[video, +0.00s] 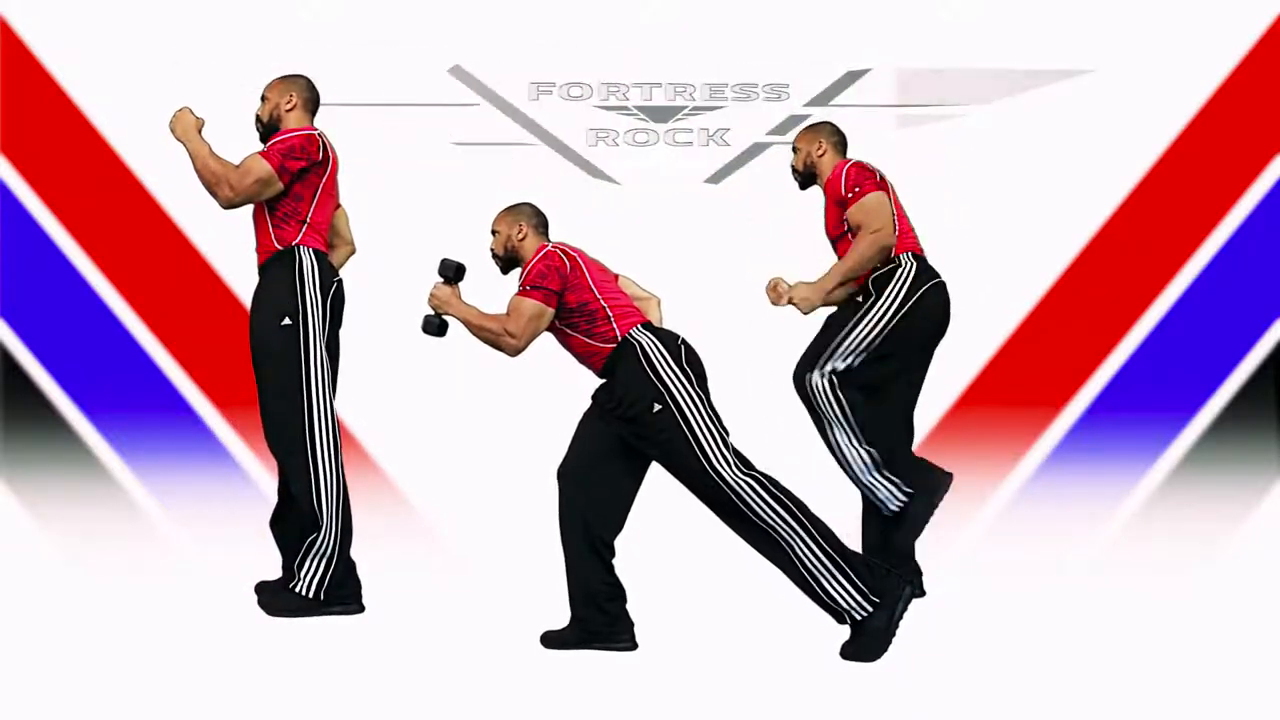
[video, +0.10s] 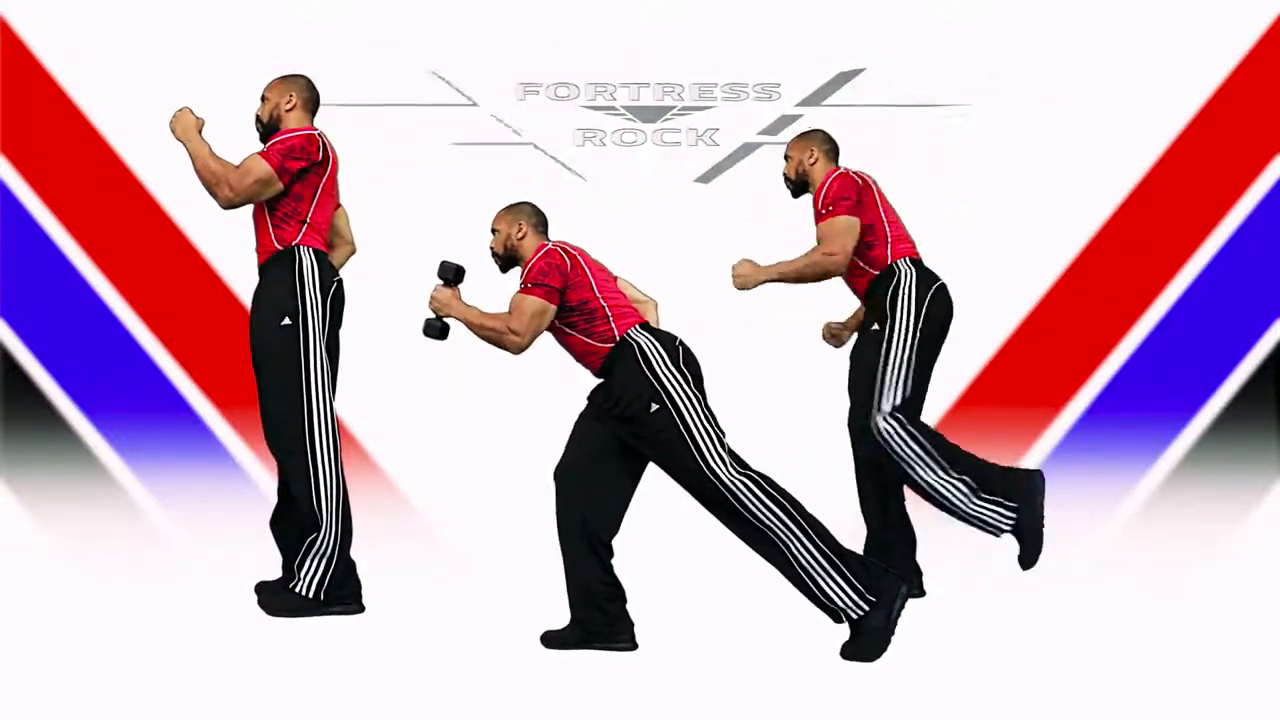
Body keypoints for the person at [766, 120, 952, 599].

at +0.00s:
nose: (792, 161)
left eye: (797, 151)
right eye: (792, 154)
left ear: (821, 147)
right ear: (824, 149)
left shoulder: (850, 172)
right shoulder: (836, 205)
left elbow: (880, 234)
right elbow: (855, 290)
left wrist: (822, 288)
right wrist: (798, 295)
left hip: (903, 283)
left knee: (817, 373)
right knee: (882, 435)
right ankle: (891, 572)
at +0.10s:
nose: (785, 169)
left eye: (789, 159)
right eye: (784, 162)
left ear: (813, 155)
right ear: (816, 156)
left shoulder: (840, 183)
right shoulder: (841, 196)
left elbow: (834, 256)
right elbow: (883, 281)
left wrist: (764, 273)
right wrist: (851, 324)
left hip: (907, 292)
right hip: (883, 310)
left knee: (885, 421)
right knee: (866, 433)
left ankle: (1014, 497)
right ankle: (892, 566)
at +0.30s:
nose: (774, 188)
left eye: (779, 178)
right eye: (774, 180)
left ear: (806, 174)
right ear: (813, 179)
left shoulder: (821, 204)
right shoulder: (848, 209)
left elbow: (770, 272)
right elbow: (922, 248)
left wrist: (726, 242)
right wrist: (935, 320)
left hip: (910, 303)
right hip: (898, 317)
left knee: (980, 424)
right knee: (863, 438)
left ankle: (1124, 517)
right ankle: (891, 567)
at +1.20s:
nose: (769, 188)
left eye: (775, 178)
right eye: (769, 181)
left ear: (802, 176)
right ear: (807, 183)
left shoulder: (820, 207)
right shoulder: (846, 212)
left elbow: (790, 283)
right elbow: (915, 263)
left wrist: (731, 276)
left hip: (913, 306)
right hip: (892, 323)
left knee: (960, 434)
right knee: (861, 439)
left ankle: (1104, 527)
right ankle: (890, 568)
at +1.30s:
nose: (774, 179)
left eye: (779, 168)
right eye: (775, 171)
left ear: (803, 165)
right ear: (812, 168)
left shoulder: (826, 194)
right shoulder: (843, 201)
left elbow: (825, 268)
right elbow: (886, 277)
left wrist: (760, 294)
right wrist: (851, 322)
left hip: (913, 301)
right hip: (887, 317)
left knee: (906, 432)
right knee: (866, 435)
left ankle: (1034, 512)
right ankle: (890, 567)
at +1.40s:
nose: (784, 166)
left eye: (788, 156)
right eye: (784, 158)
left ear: (811, 154)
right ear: (816, 156)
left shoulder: (842, 183)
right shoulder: (834, 205)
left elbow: (867, 246)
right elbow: (867, 284)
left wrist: (817, 300)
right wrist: (807, 298)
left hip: (910, 291)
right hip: (901, 302)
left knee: (834, 393)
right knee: (880, 430)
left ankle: (916, 504)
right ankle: (889, 568)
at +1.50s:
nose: (793, 158)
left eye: (798, 148)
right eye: (793, 150)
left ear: (822, 144)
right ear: (823, 146)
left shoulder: (851, 172)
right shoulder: (843, 198)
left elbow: (899, 220)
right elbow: (824, 272)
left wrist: (887, 292)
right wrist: (770, 251)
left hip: (901, 288)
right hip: (905, 301)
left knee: (794, 339)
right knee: (883, 440)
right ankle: (892, 569)